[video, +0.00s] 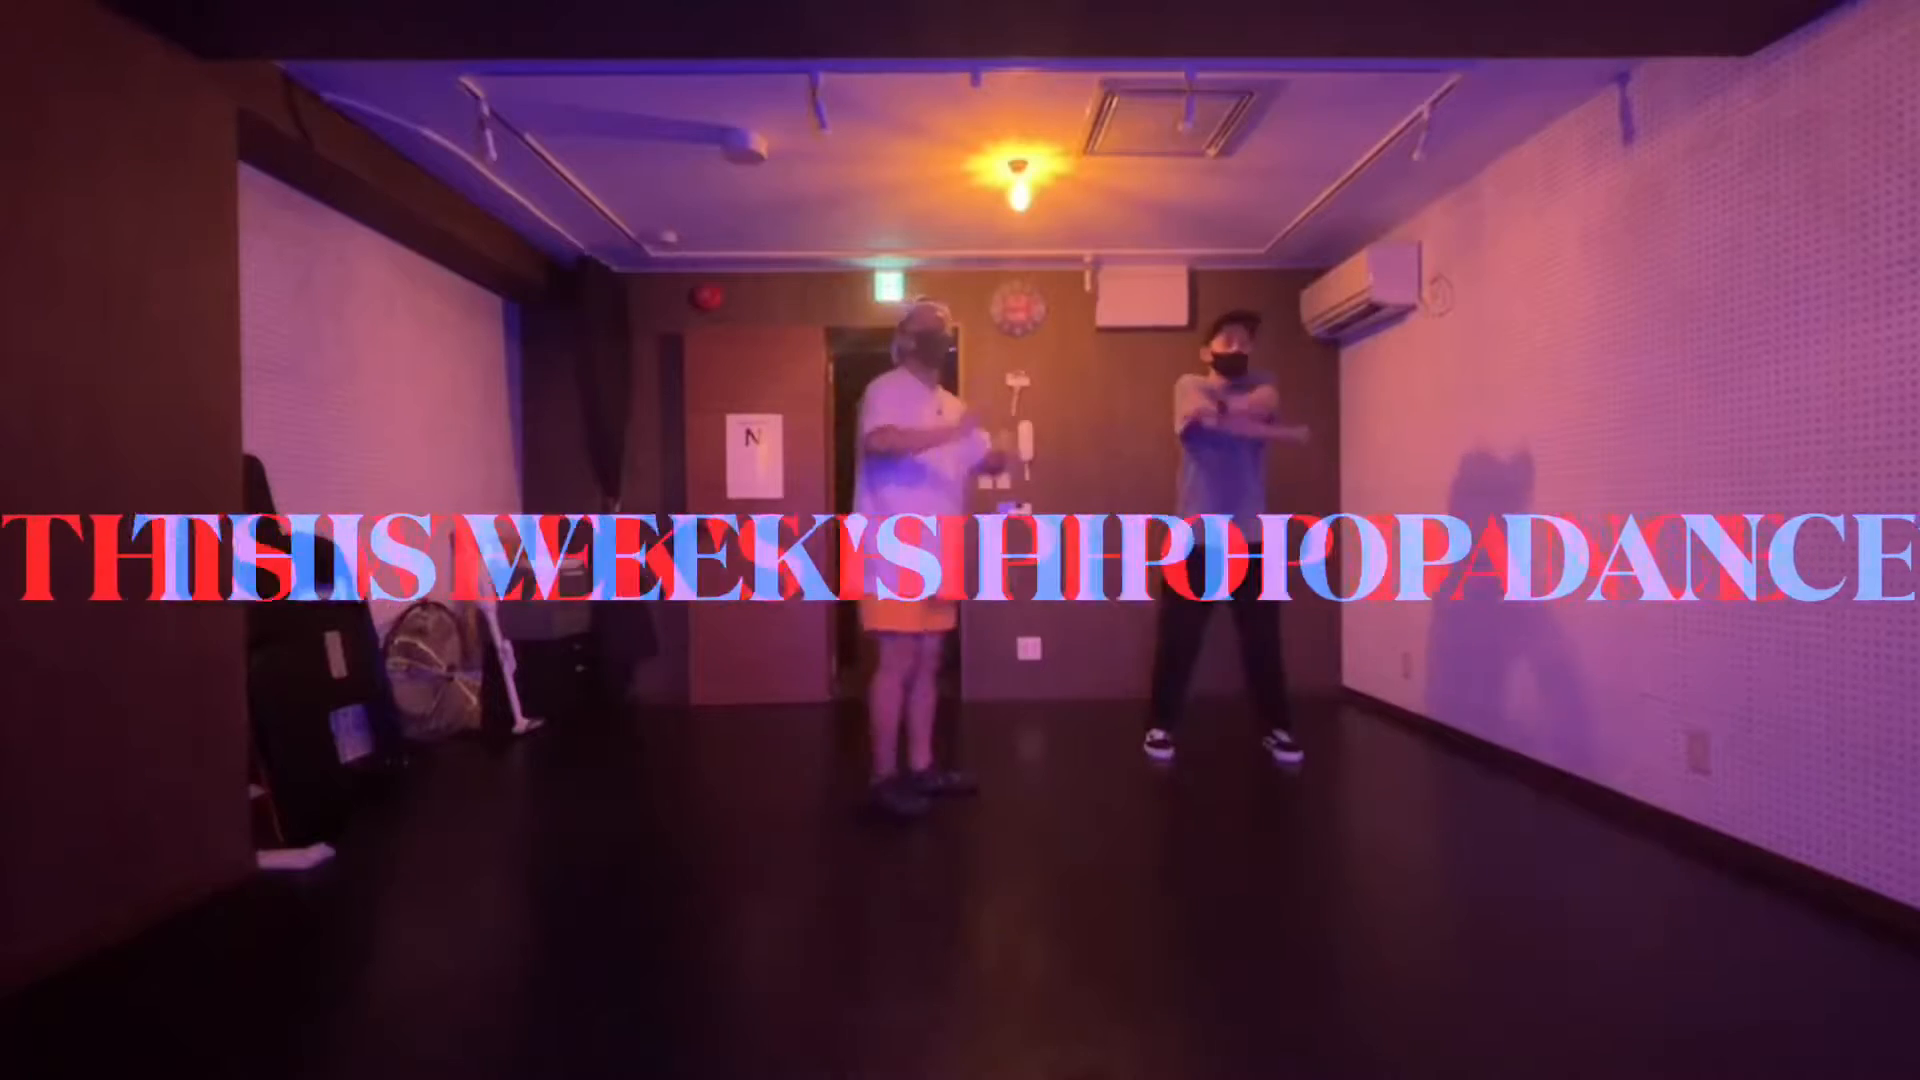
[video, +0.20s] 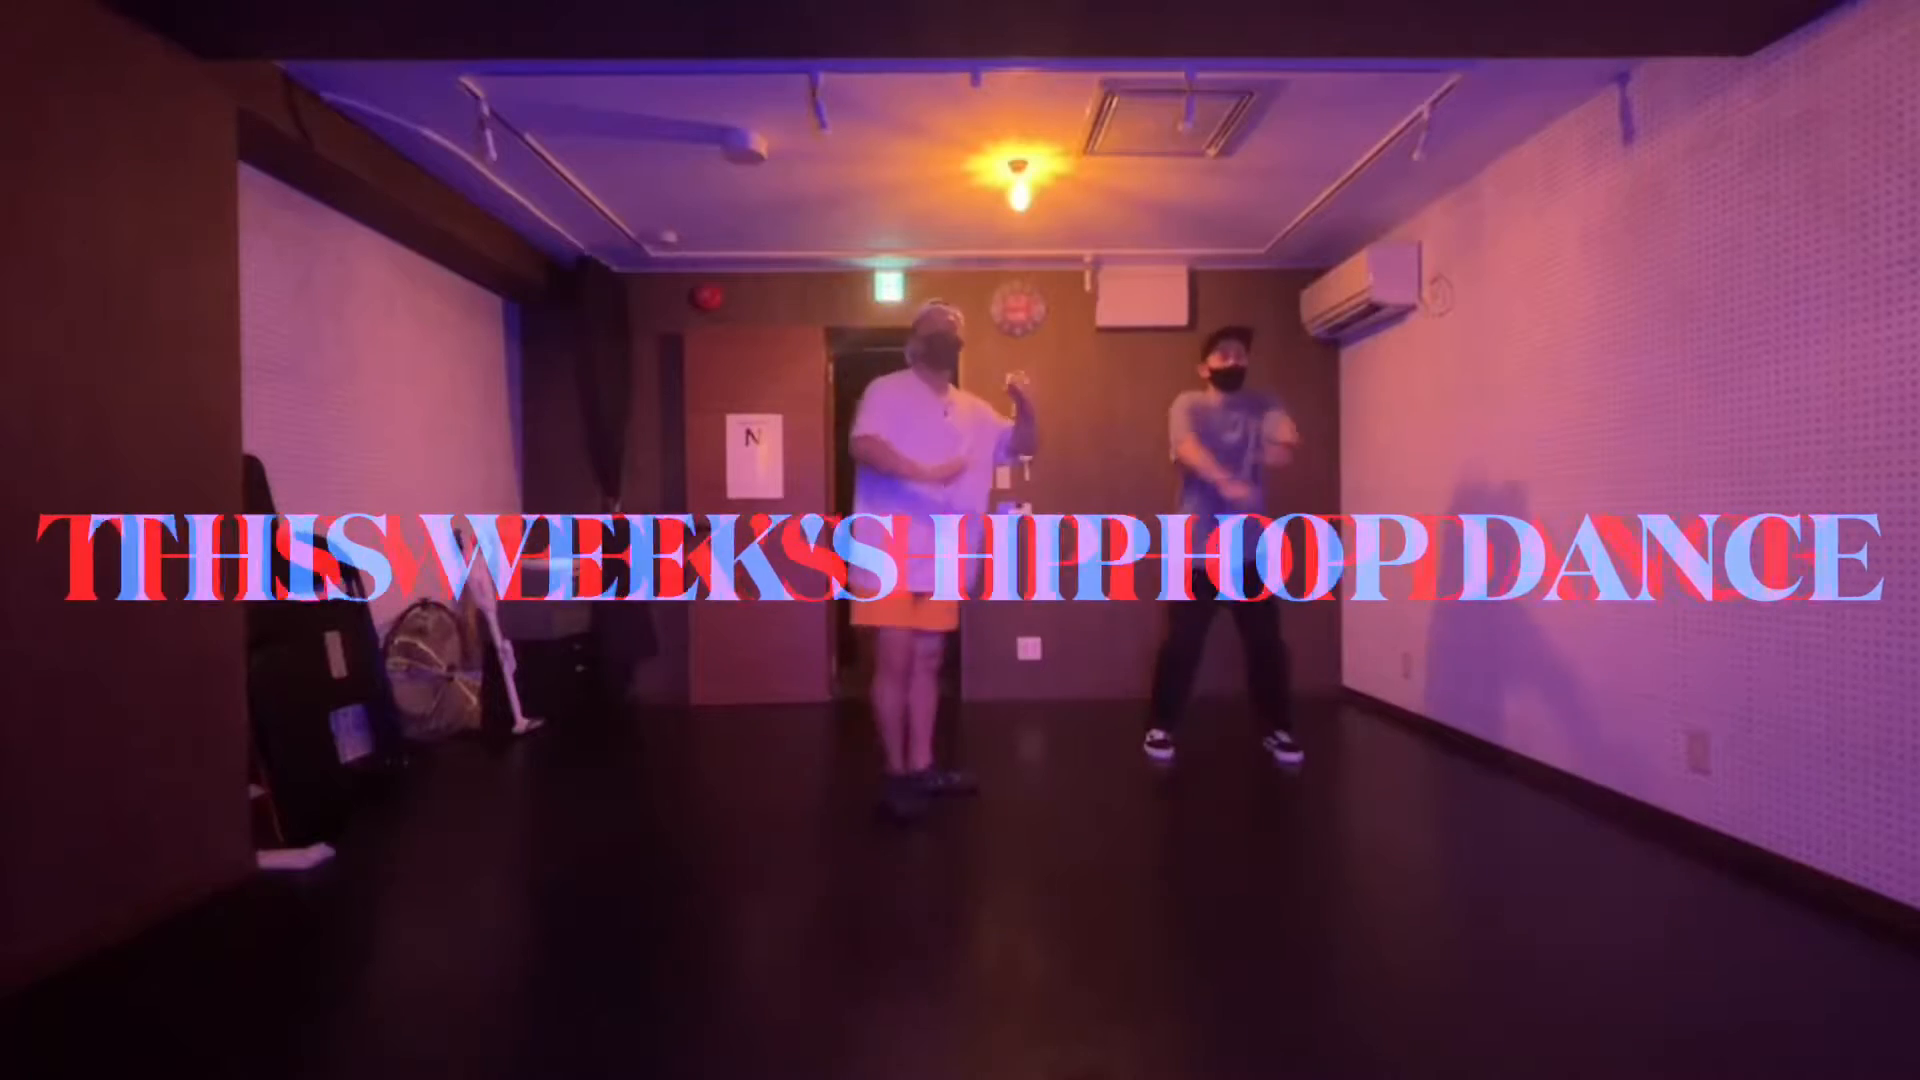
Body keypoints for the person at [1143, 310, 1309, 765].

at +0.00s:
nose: (1233, 349)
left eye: (1241, 343)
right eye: (1226, 341)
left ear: (1252, 351)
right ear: (1208, 347)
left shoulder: (1262, 389)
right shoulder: (1190, 385)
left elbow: (1261, 408)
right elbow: (1200, 421)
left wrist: (1215, 399)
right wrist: (1276, 432)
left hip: (1249, 532)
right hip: (1196, 533)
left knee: (1262, 636)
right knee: (1179, 634)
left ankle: (1275, 727)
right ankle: (1161, 726)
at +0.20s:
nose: (1232, 362)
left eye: (1239, 355)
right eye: (1223, 355)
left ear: (1249, 362)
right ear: (1205, 363)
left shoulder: (1262, 407)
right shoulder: (1188, 404)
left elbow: (1281, 446)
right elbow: (1187, 450)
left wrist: (1270, 447)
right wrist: (1226, 482)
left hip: (1250, 542)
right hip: (1199, 541)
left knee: (1264, 636)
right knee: (1184, 635)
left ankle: (1277, 728)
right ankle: (1161, 727)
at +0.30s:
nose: (1230, 370)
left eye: (1238, 364)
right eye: (1221, 363)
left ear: (1247, 372)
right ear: (1203, 373)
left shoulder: (1264, 418)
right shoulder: (1184, 417)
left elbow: (1297, 444)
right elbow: (1165, 458)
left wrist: (1309, 459)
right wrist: (1188, 489)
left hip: (1252, 553)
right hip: (1198, 554)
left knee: (1267, 641)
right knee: (1184, 640)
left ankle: (1277, 729)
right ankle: (1162, 727)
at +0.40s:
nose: (1228, 386)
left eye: (1236, 379)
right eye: (1219, 378)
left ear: (1246, 388)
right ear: (1200, 390)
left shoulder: (1262, 437)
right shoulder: (1179, 438)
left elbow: (1313, 459)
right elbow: (1134, 468)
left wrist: (1346, 471)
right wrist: (1138, 495)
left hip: (1249, 575)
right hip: (1192, 575)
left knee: (1281, 654)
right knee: (1181, 652)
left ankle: (1277, 729)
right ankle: (1162, 728)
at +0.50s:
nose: (1227, 392)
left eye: (1235, 386)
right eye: (1218, 385)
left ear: (1245, 396)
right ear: (1200, 398)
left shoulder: (1267, 445)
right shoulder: (1178, 446)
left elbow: (1320, 468)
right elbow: (1125, 476)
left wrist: (1350, 486)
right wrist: (1120, 513)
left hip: (1251, 583)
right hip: (1189, 584)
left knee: (1295, 653)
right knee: (1175, 654)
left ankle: (1270, 732)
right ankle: (1164, 732)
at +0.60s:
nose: (1225, 392)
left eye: (1233, 385)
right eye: (1216, 384)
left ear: (1243, 393)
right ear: (1199, 396)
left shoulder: (1267, 443)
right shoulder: (1176, 444)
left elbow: (1320, 483)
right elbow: (1129, 483)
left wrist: (1345, 508)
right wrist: (1118, 528)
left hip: (1251, 581)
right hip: (1187, 582)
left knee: (1300, 649)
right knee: (1163, 654)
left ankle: (1269, 734)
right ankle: (1170, 735)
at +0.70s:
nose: (1226, 374)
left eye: (1234, 368)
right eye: (1217, 367)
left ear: (1244, 377)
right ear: (1199, 377)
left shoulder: (1260, 430)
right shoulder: (1176, 429)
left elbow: (1296, 493)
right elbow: (1140, 485)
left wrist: (1316, 545)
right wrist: (1141, 542)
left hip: (1245, 570)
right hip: (1184, 570)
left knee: (1288, 639)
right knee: (1166, 650)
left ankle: (1269, 732)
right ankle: (1170, 734)